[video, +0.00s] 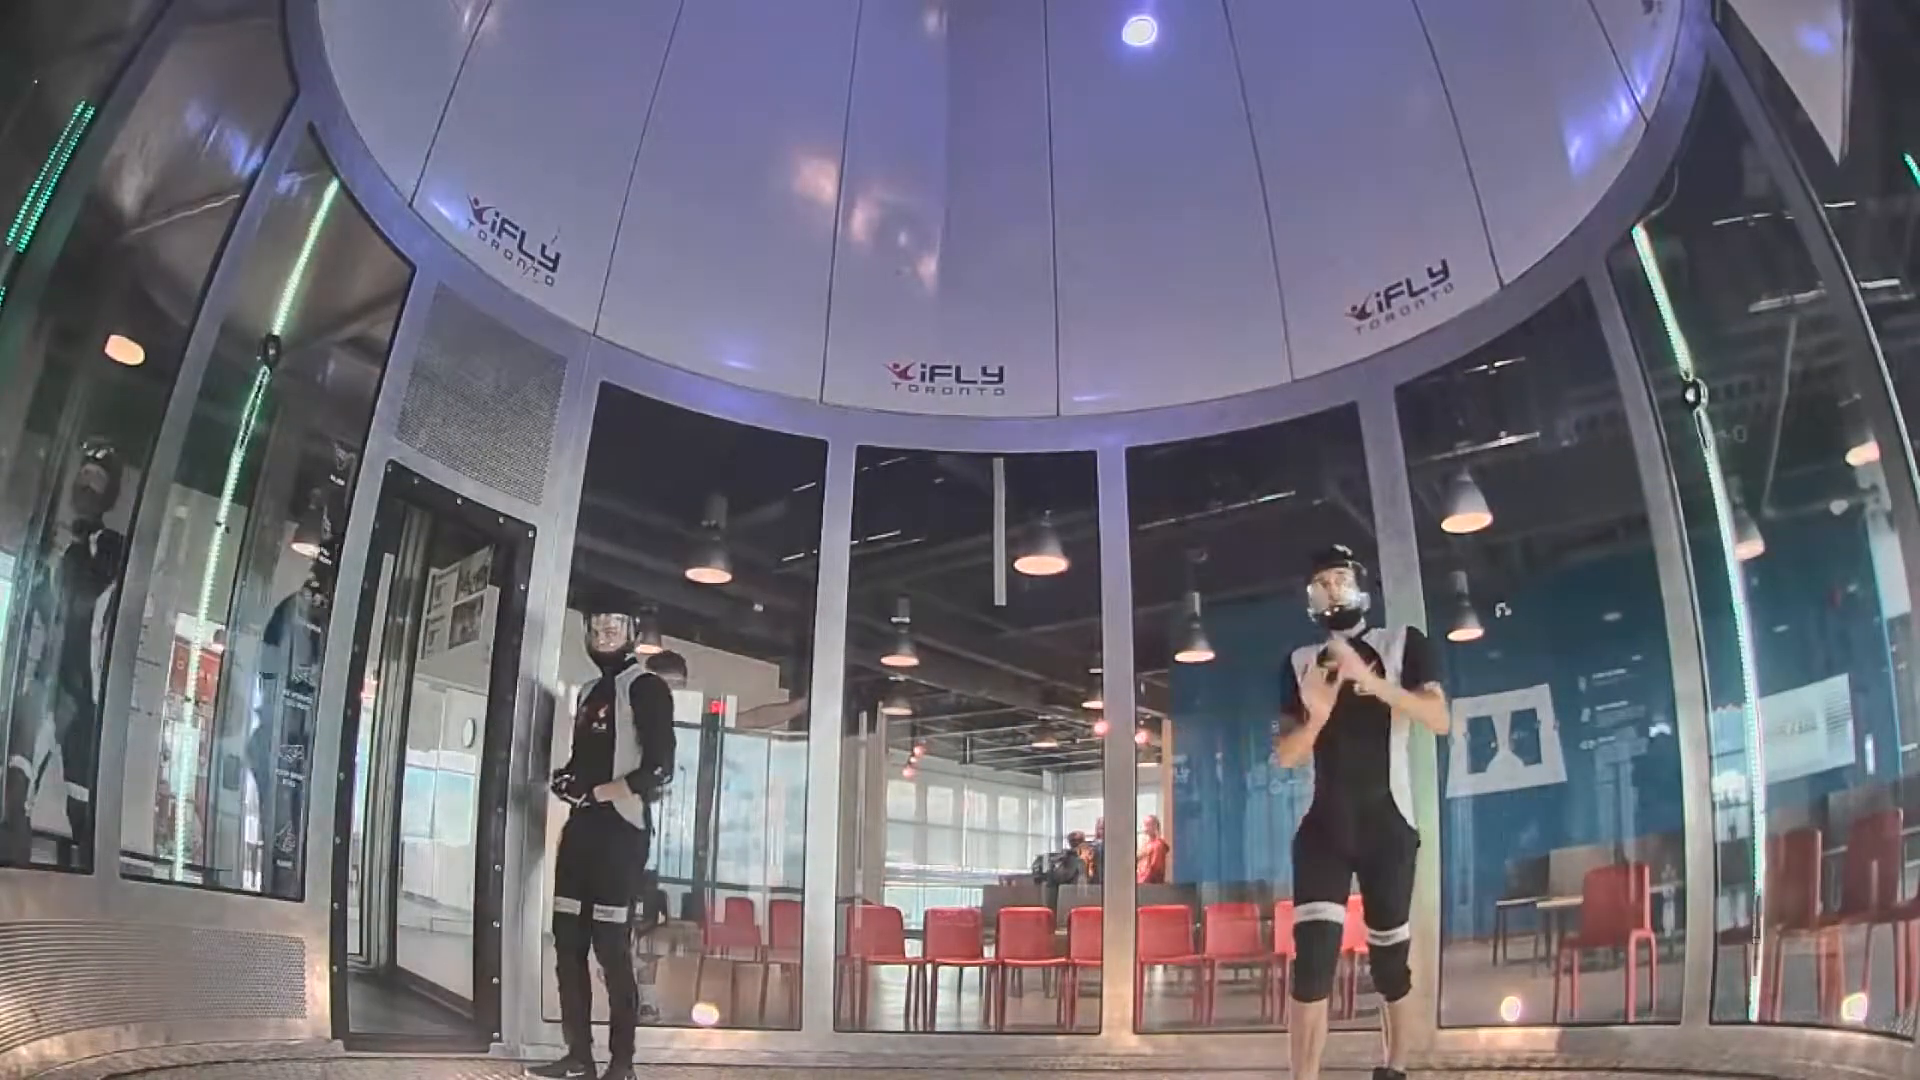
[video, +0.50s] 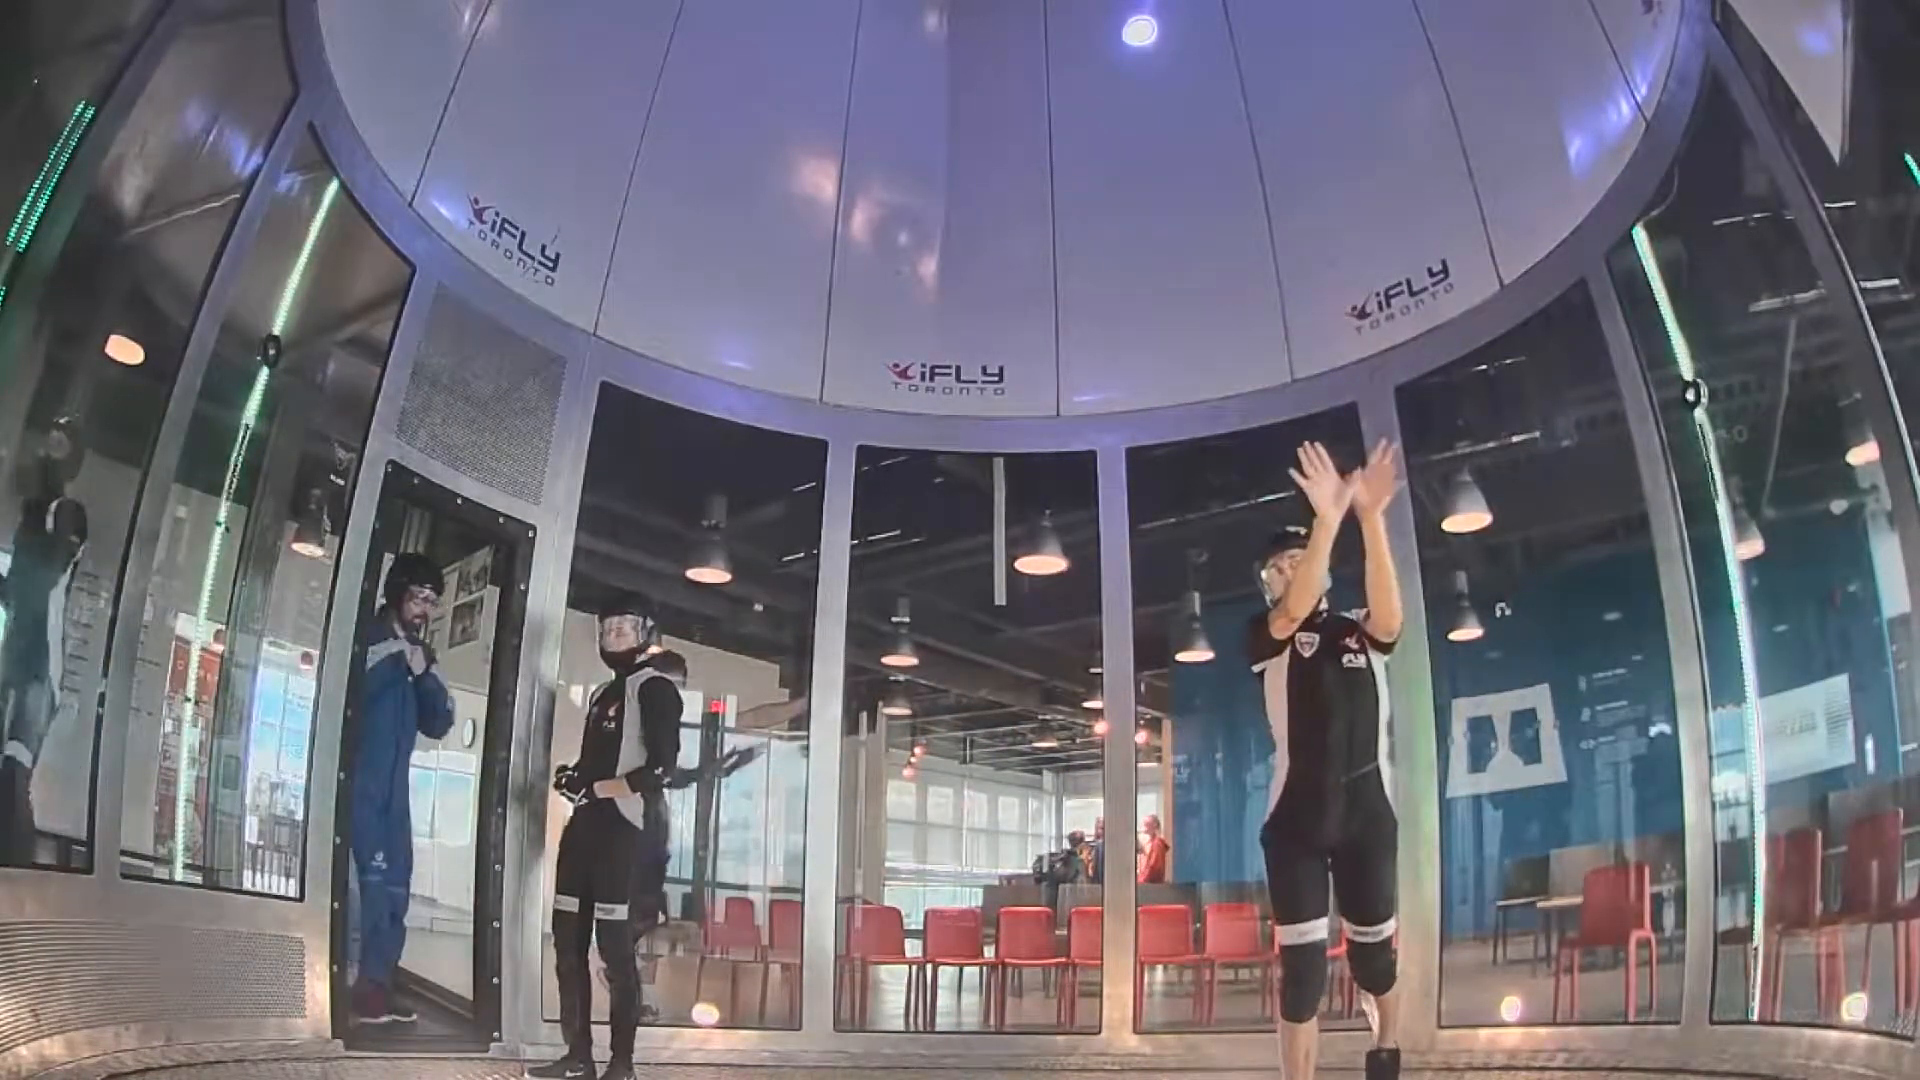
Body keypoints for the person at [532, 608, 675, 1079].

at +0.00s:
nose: (605, 633)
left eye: (614, 626)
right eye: (598, 627)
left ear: (631, 632)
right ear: (590, 634)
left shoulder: (646, 686)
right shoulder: (590, 691)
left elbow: (661, 767)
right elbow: (584, 759)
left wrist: (599, 790)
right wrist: (568, 778)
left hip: (622, 827)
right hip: (581, 822)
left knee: (611, 943)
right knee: (568, 942)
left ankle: (621, 1061)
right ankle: (579, 1056)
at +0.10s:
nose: (603, 638)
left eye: (613, 630)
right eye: (598, 630)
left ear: (634, 635)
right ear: (591, 638)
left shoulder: (651, 687)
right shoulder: (595, 692)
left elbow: (665, 767)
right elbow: (586, 760)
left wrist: (603, 792)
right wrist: (570, 780)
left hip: (624, 826)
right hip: (583, 822)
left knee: (614, 946)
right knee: (570, 944)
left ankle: (622, 1062)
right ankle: (579, 1059)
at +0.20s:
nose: (603, 634)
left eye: (612, 626)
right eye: (599, 627)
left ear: (636, 626)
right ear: (596, 630)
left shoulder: (657, 681)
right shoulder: (600, 689)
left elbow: (670, 763)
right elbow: (588, 756)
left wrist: (608, 793)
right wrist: (572, 782)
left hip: (626, 825)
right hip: (585, 820)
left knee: (616, 947)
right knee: (570, 943)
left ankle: (622, 1063)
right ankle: (579, 1053)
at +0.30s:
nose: (603, 634)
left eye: (612, 626)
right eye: (599, 626)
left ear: (639, 627)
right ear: (598, 631)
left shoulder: (656, 682)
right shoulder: (605, 689)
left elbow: (669, 763)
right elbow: (594, 755)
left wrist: (611, 792)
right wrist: (573, 779)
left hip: (627, 825)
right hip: (587, 819)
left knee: (617, 946)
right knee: (571, 940)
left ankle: (620, 1062)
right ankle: (578, 1055)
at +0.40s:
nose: (611, 634)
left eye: (621, 626)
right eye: (607, 626)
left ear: (643, 633)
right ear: (601, 633)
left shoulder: (656, 688)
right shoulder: (601, 694)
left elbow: (669, 766)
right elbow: (595, 760)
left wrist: (608, 788)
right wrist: (574, 778)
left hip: (625, 824)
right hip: (586, 819)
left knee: (616, 945)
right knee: (569, 939)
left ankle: (621, 1062)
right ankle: (578, 1056)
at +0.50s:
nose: (615, 636)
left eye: (625, 628)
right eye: (608, 629)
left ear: (645, 635)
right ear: (600, 636)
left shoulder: (655, 686)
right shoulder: (600, 694)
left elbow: (666, 766)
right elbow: (596, 763)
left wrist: (603, 788)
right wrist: (573, 778)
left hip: (623, 826)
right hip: (584, 820)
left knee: (615, 948)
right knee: (568, 946)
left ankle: (620, 1061)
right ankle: (578, 1056)